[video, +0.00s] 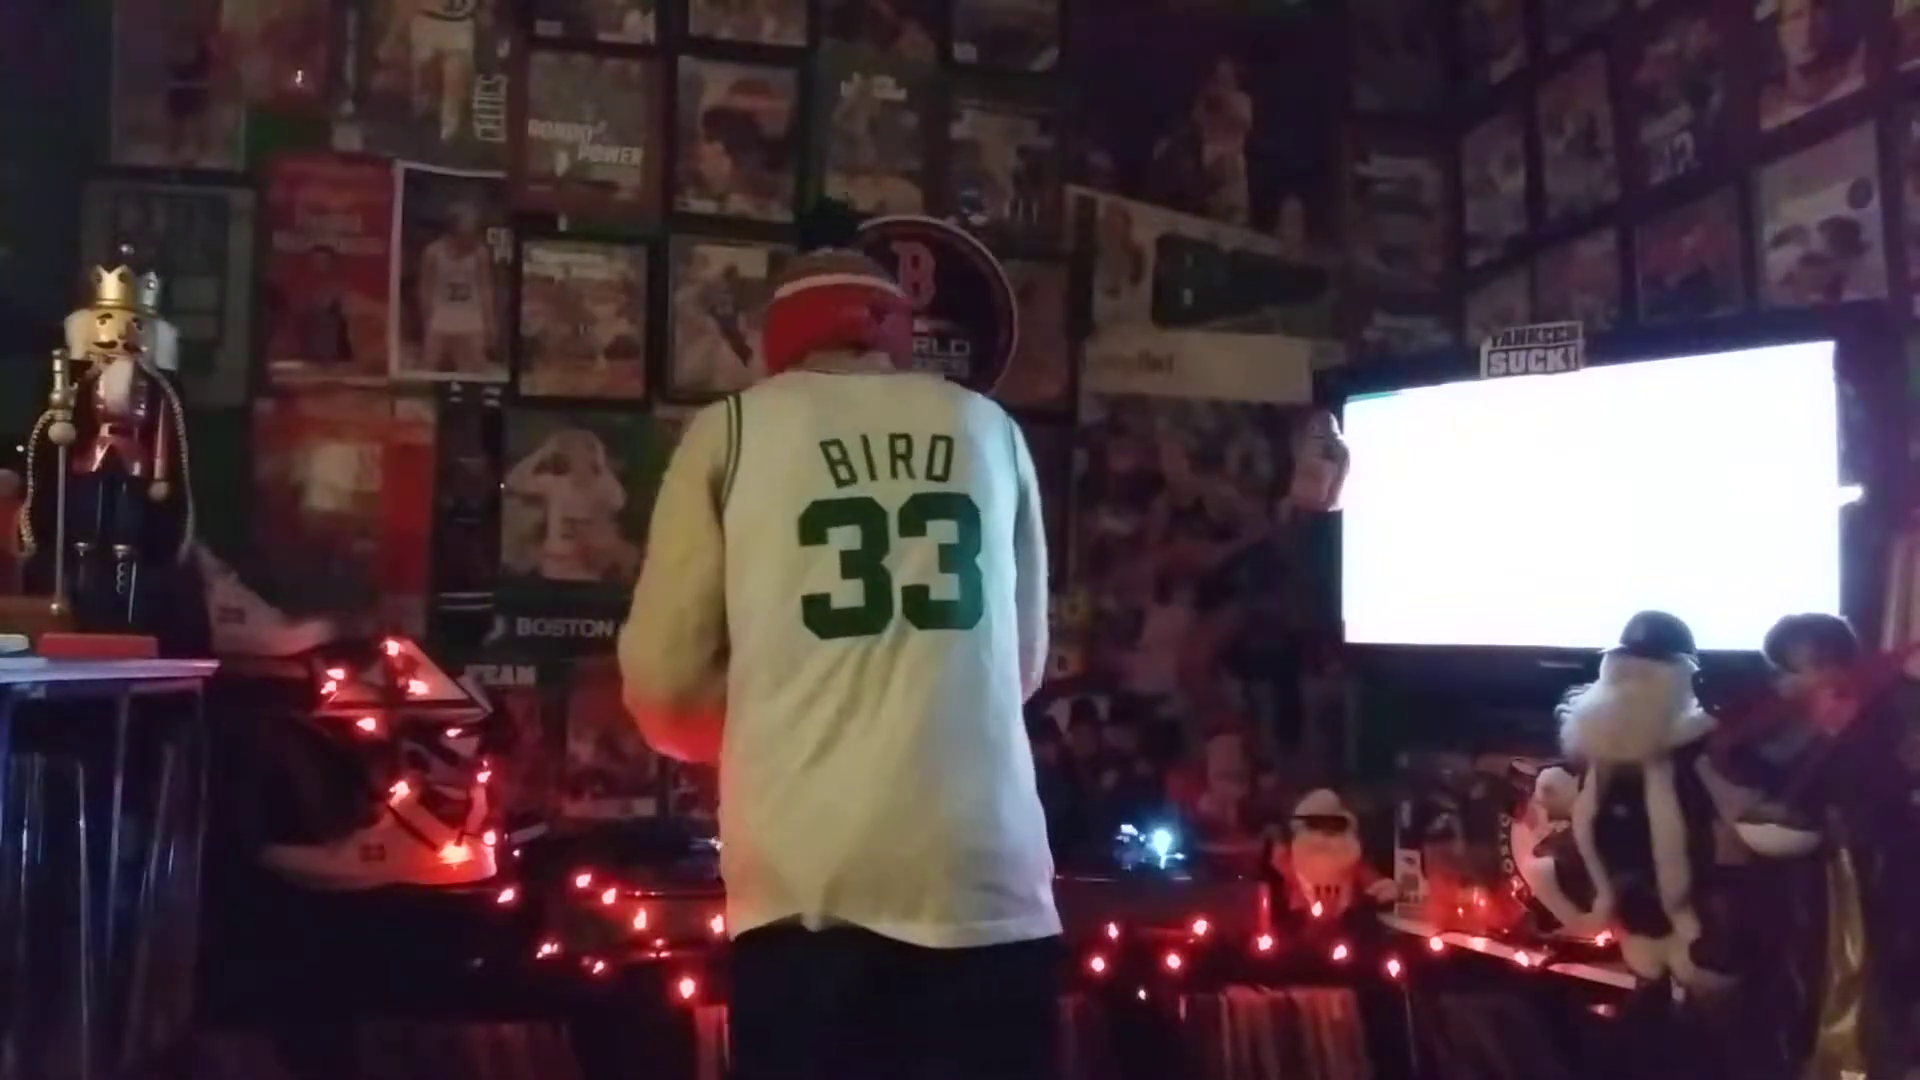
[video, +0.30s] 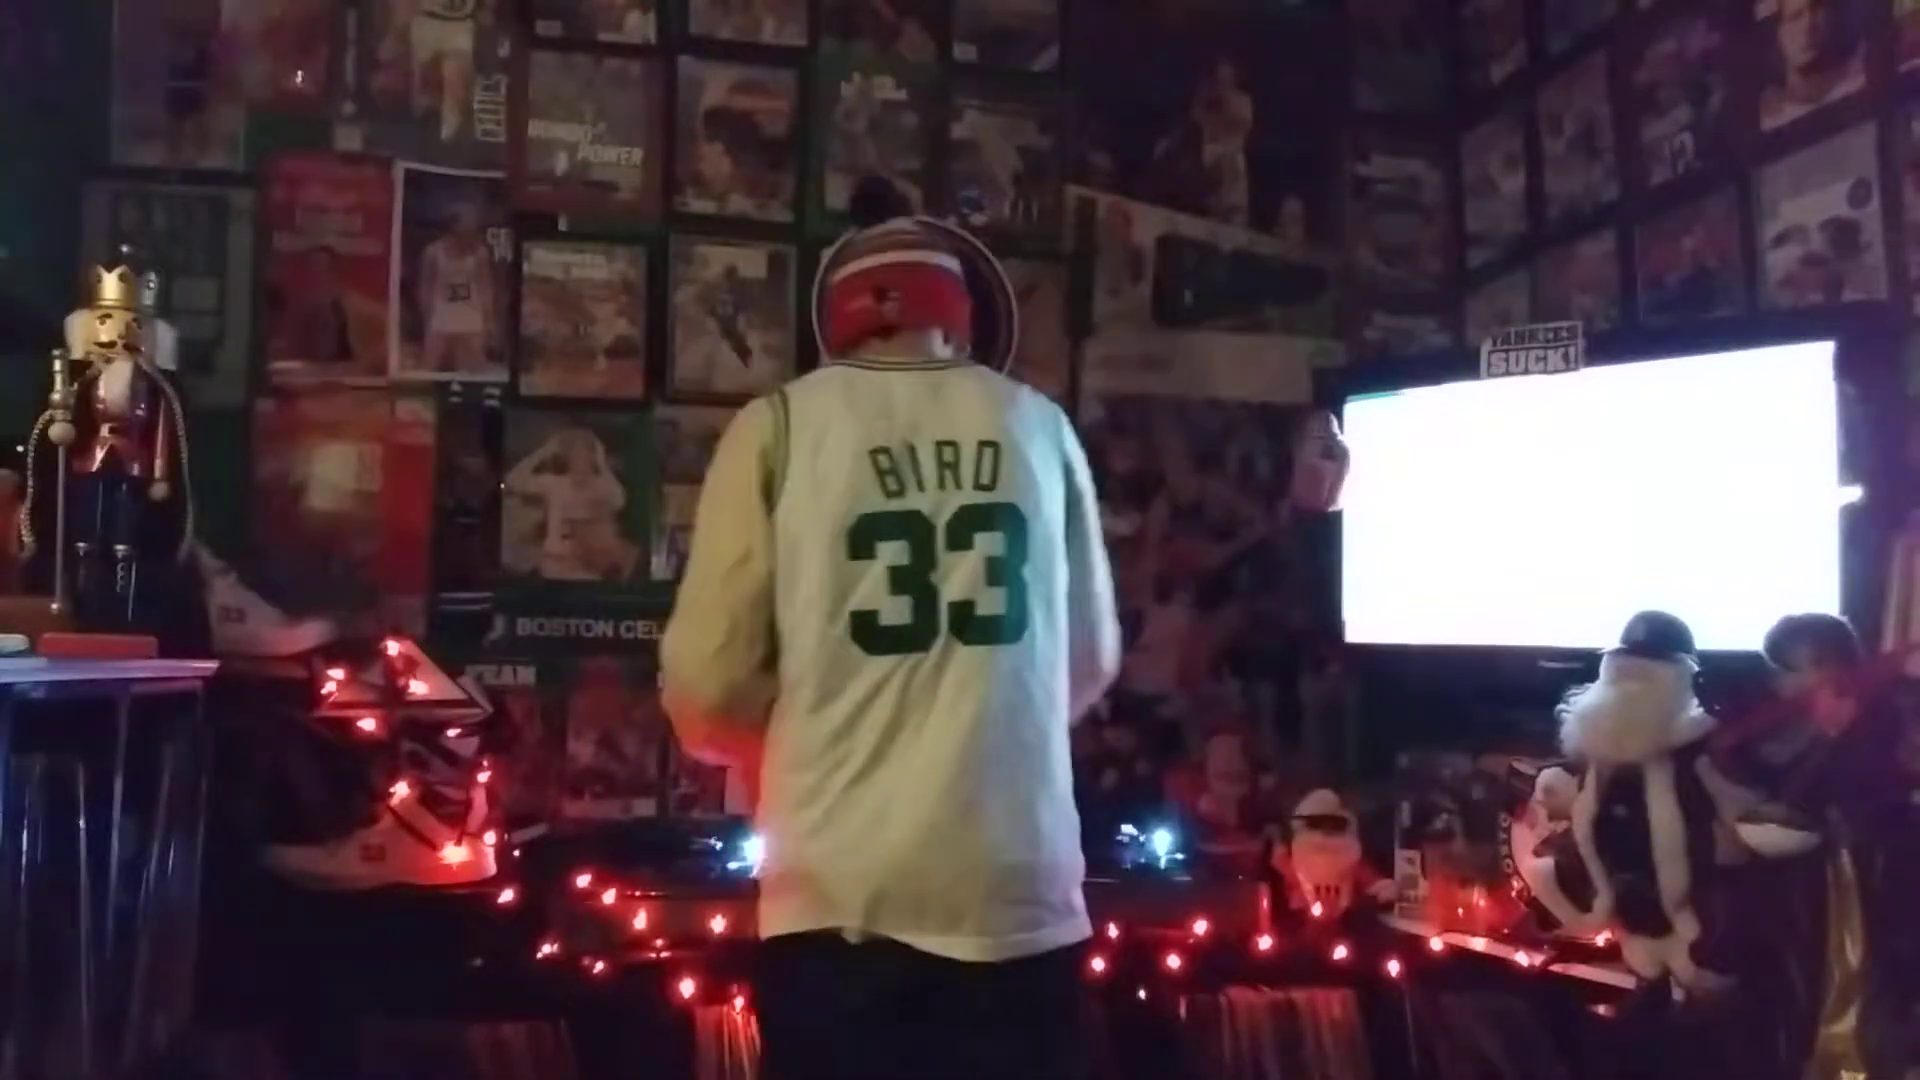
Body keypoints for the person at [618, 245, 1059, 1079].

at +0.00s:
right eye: (897, 323)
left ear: (774, 341)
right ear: (891, 332)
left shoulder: (727, 430)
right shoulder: (994, 429)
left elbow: (662, 685)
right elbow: (1024, 663)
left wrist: (776, 736)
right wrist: (910, 719)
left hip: (800, 892)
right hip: (989, 890)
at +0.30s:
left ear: (833, 323)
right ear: (966, 321)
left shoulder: (773, 427)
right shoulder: (1042, 423)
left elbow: (705, 683)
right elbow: (1091, 660)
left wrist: (818, 740)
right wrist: (981, 734)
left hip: (834, 908)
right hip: (1018, 909)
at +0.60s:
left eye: (893, 314)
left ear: (904, 324)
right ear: (1025, 325)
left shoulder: (843, 423)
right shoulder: (1114, 429)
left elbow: (769, 678)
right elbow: (1189, 649)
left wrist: (859, 761)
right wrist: (1106, 783)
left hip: (880, 897)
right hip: (1067, 903)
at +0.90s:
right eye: (1099, 316)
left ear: (974, 320)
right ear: (1091, 326)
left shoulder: (902, 422)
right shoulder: (1173, 431)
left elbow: (821, 674)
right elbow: (1240, 674)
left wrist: (931, 750)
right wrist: (1151, 780)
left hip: (933, 899)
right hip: (1120, 904)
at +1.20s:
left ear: (1011, 321)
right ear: (1136, 339)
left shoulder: (943, 415)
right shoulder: (1213, 443)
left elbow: (864, 658)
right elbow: (1250, 691)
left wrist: (966, 750)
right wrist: (1161, 793)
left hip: (960, 887)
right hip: (1148, 903)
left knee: (933, 1063)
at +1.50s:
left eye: (1004, 343)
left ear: (1011, 341)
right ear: (1134, 360)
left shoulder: (961, 411)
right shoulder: (1213, 455)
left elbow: (876, 661)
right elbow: (1216, 688)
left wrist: (950, 766)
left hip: (975, 884)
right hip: (1156, 903)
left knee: (933, 1061)